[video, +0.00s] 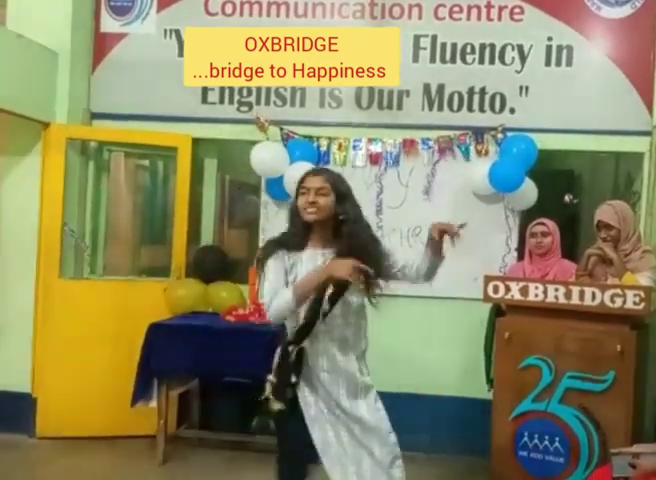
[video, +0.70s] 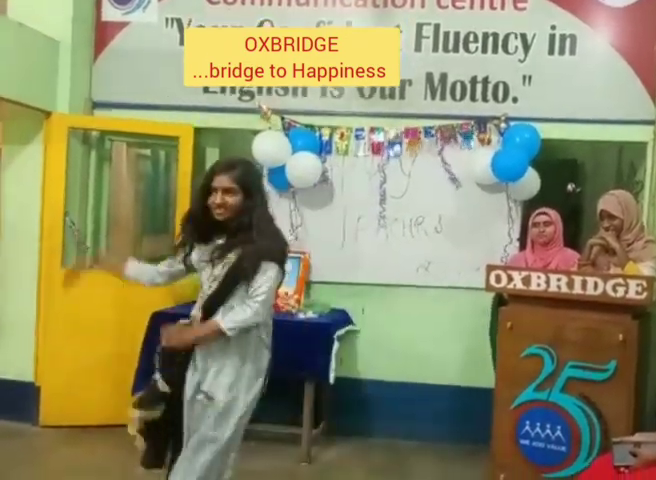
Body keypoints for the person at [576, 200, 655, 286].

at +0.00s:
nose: (602, 235)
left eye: (609, 228)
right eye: (599, 228)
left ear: (625, 227)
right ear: (595, 229)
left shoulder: (646, 259)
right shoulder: (593, 256)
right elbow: (576, 287)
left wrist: (615, 258)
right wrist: (585, 260)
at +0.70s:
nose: (605, 225)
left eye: (612, 217)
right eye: (602, 218)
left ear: (629, 217)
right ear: (598, 220)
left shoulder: (649, 248)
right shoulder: (596, 247)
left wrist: (618, 248)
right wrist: (588, 250)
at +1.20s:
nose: (606, 215)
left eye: (613, 208)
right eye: (603, 208)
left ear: (630, 207)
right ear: (599, 209)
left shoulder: (649, 238)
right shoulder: (597, 237)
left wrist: (618, 238)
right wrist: (588, 241)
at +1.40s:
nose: (606, 211)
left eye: (613, 203)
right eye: (602, 203)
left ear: (630, 203)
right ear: (599, 205)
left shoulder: (649, 235)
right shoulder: (597, 234)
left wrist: (618, 234)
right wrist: (588, 240)